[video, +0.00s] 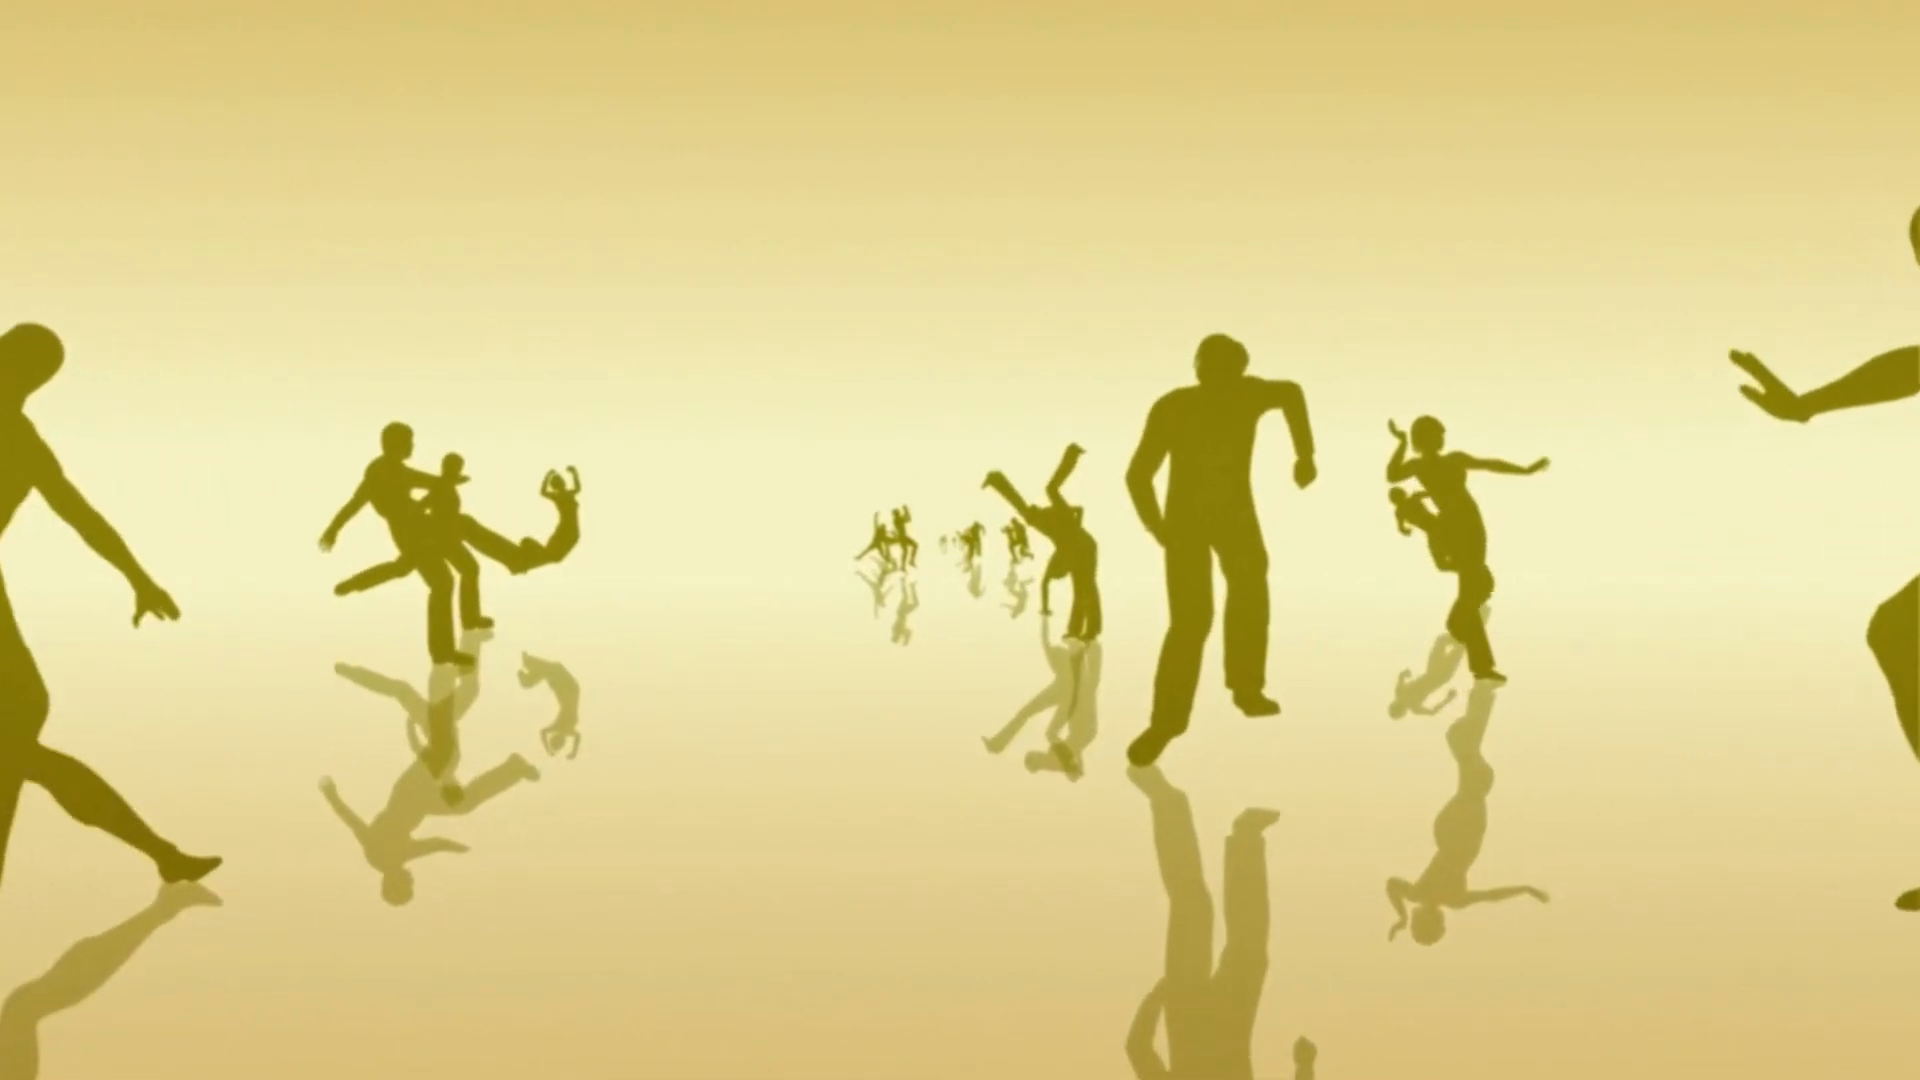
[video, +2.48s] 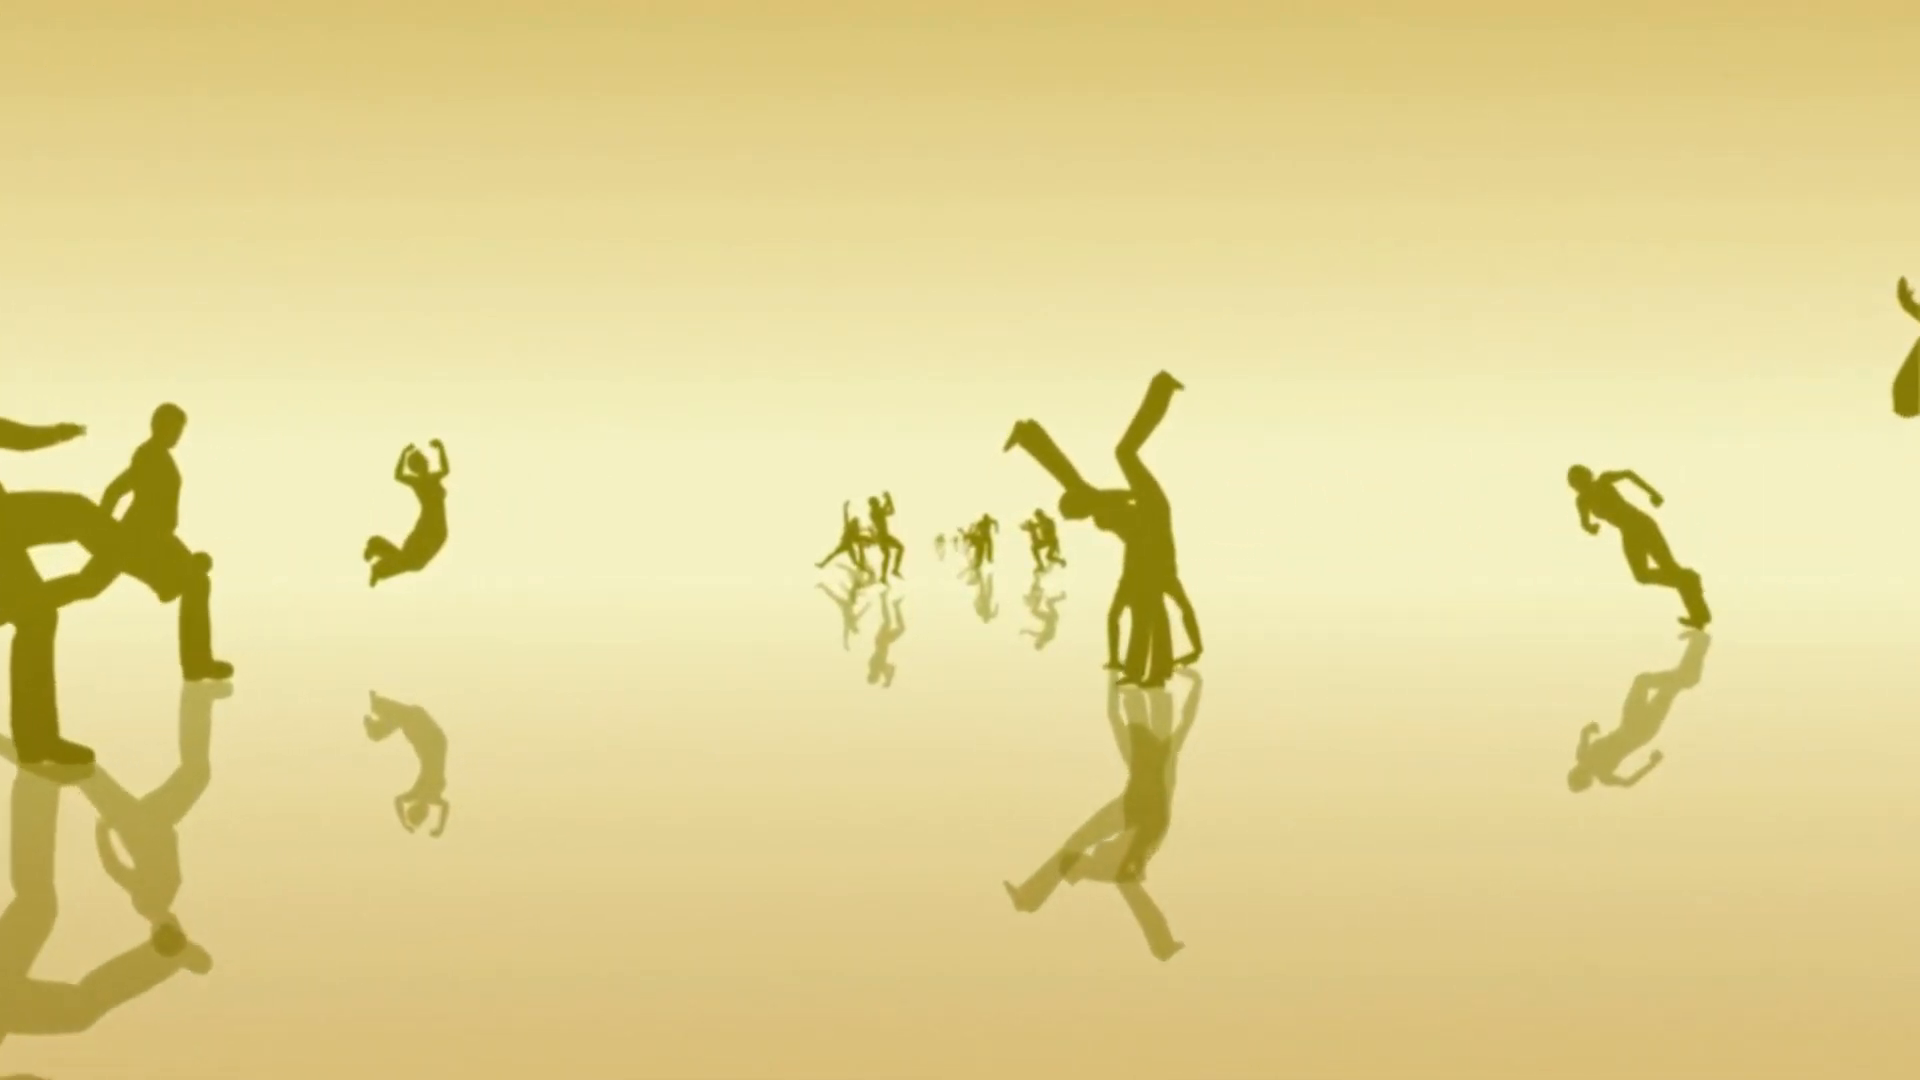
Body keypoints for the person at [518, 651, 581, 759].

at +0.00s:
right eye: (553, 746)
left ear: (561, 740)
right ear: (553, 738)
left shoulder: (568, 731)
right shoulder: (555, 728)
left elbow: (578, 736)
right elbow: (542, 732)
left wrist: (574, 752)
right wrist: (547, 750)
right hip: (551, 671)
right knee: (526, 683)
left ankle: (529, 661)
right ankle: (520, 673)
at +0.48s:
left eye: (532, 758)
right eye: (530, 757)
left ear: (537, 751)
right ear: (529, 749)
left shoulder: (545, 742)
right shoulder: (532, 739)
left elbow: (556, 747)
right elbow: (518, 744)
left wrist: (552, 765)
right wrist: (523, 762)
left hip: (534, 678)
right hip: (526, 678)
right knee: (501, 691)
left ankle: (503, 667)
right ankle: (494, 681)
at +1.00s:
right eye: (505, 770)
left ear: (515, 763)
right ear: (504, 761)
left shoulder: (522, 753)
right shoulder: (507, 751)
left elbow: (533, 759)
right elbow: (494, 755)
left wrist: (529, 778)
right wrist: (498, 773)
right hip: (502, 687)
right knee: (475, 701)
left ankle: (478, 675)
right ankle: (469, 688)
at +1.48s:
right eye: (476, 785)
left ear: (486, 779)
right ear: (477, 776)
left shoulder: (494, 768)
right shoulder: (479, 764)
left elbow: (507, 773)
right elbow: (464, 769)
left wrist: (501, 793)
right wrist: (469, 789)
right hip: (474, 696)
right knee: (445, 711)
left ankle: (447, 684)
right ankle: (437, 699)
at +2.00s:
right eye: (446, 800)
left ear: (457, 793)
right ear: (448, 791)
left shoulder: (466, 781)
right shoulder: (450, 778)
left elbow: (479, 788)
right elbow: (434, 783)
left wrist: (474, 809)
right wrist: (439, 804)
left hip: (454, 706)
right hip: (443, 705)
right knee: (413, 722)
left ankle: (416, 692)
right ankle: (405, 709)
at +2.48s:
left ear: (423, 810)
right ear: (412, 808)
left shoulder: (432, 798)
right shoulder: (414, 795)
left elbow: (446, 805)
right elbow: (397, 800)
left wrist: (440, 828)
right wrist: (403, 823)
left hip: (419, 717)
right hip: (407, 717)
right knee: (376, 734)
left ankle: (378, 703)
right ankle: (367, 721)